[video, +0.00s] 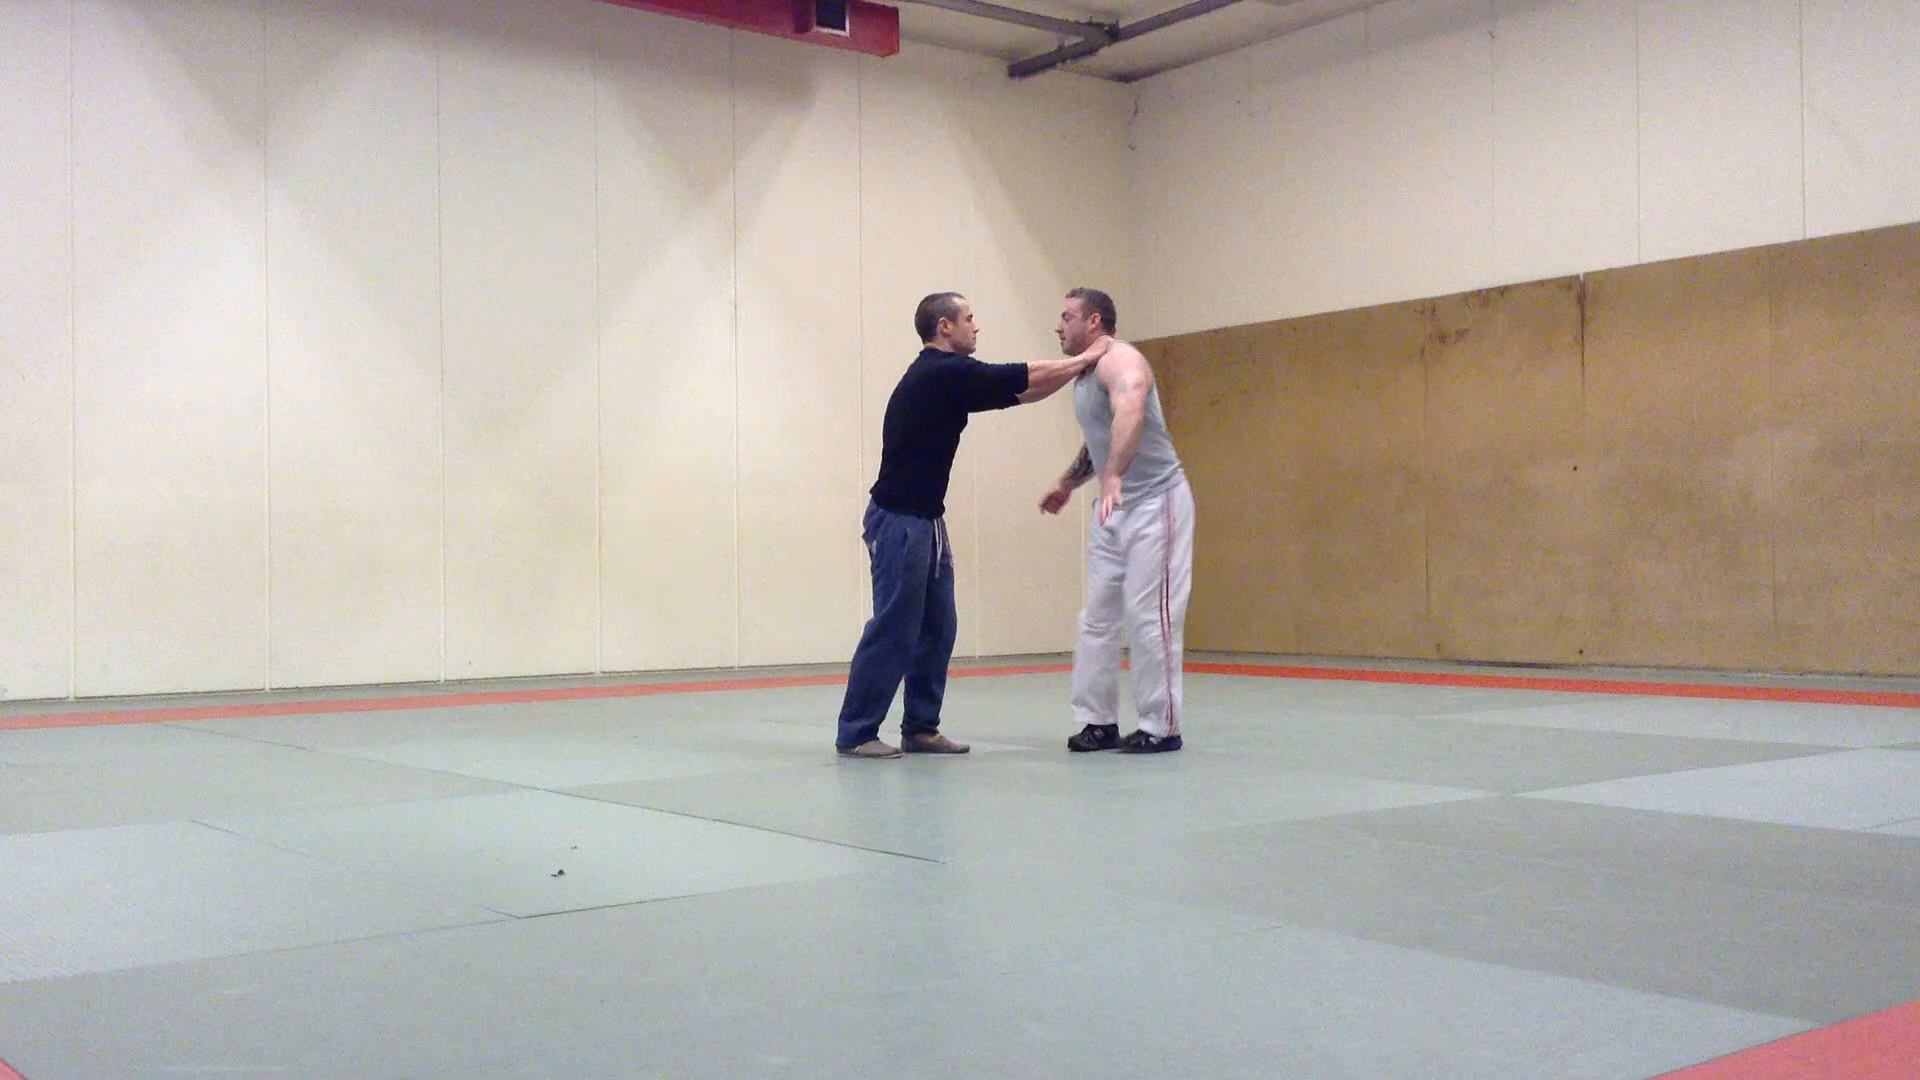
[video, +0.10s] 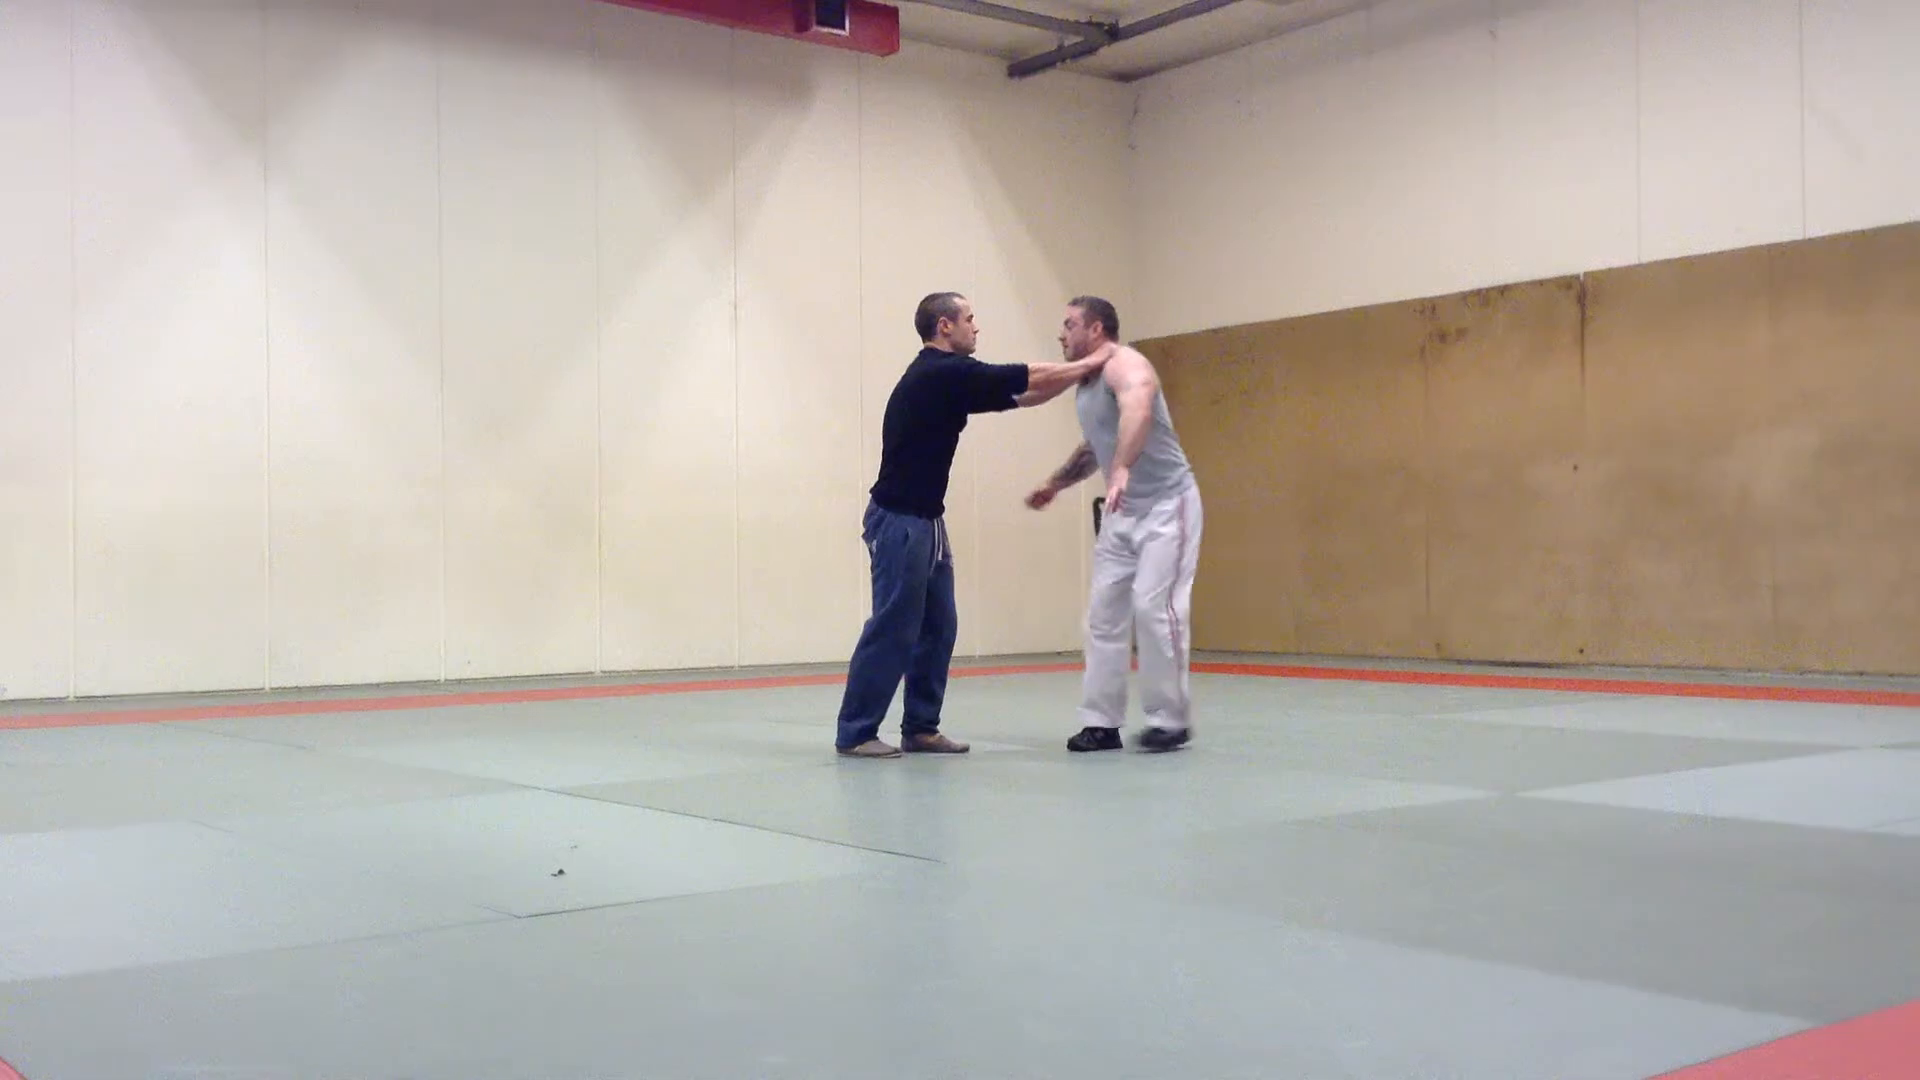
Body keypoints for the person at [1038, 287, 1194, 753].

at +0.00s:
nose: (1060, 326)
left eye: (1068, 317)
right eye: (1061, 318)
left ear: (1094, 321)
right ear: (1086, 321)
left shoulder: (1121, 358)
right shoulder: (1085, 373)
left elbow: (1132, 409)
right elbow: (1098, 442)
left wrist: (1113, 476)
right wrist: (1066, 485)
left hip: (1157, 503)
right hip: (1113, 507)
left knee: (1149, 615)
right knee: (1100, 615)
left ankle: (1160, 727)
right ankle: (1099, 722)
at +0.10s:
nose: (1063, 334)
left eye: (1070, 325)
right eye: (1064, 326)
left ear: (1096, 328)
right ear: (1088, 330)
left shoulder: (1126, 363)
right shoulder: (1085, 384)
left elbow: (1139, 407)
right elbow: (1095, 447)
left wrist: (1121, 466)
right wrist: (1054, 485)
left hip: (1168, 506)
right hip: (1123, 510)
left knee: (1154, 608)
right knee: (1105, 613)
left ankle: (1170, 721)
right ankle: (1102, 723)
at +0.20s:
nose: (1075, 344)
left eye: (1081, 336)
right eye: (1075, 337)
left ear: (1107, 338)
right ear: (1100, 339)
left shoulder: (1139, 371)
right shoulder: (1096, 396)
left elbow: (1151, 408)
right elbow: (1084, 452)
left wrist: (1149, 452)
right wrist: (1032, 463)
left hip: (1180, 515)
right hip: (1132, 518)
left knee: (1184, 618)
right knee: (1102, 616)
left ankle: (1232, 707)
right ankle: (1102, 725)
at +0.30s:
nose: (1090, 352)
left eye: (1096, 343)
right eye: (1090, 344)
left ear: (1122, 345)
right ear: (1114, 346)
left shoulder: (1148, 376)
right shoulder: (1110, 402)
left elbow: (1183, 395)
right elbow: (1080, 436)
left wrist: (1202, 425)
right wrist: (1038, 406)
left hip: (1195, 530)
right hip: (1139, 530)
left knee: (1239, 625)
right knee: (1102, 616)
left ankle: (1295, 706)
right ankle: (1101, 726)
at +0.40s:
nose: (1111, 352)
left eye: (1118, 343)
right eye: (1110, 344)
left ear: (1145, 346)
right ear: (1118, 350)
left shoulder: (1172, 378)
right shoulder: (1120, 395)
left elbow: (1223, 383)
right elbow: (1079, 405)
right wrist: (1061, 366)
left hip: (1216, 530)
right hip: (1155, 528)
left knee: (1280, 619)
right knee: (1108, 611)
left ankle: (1329, 715)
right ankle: (1103, 723)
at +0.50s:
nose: (1140, 345)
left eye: (1149, 336)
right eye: (1138, 337)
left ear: (1179, 341)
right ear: (1138, 345)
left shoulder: (1214, 374)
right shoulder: (1141, 383)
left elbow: (1292, 389)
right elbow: (1110, 383)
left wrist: (1344, 438)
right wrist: (1101, 369)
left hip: (1235, 527)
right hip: (1169, 527)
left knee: (1295, 612)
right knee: (1122, 606)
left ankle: (1332, 712)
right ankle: (1104, 717)